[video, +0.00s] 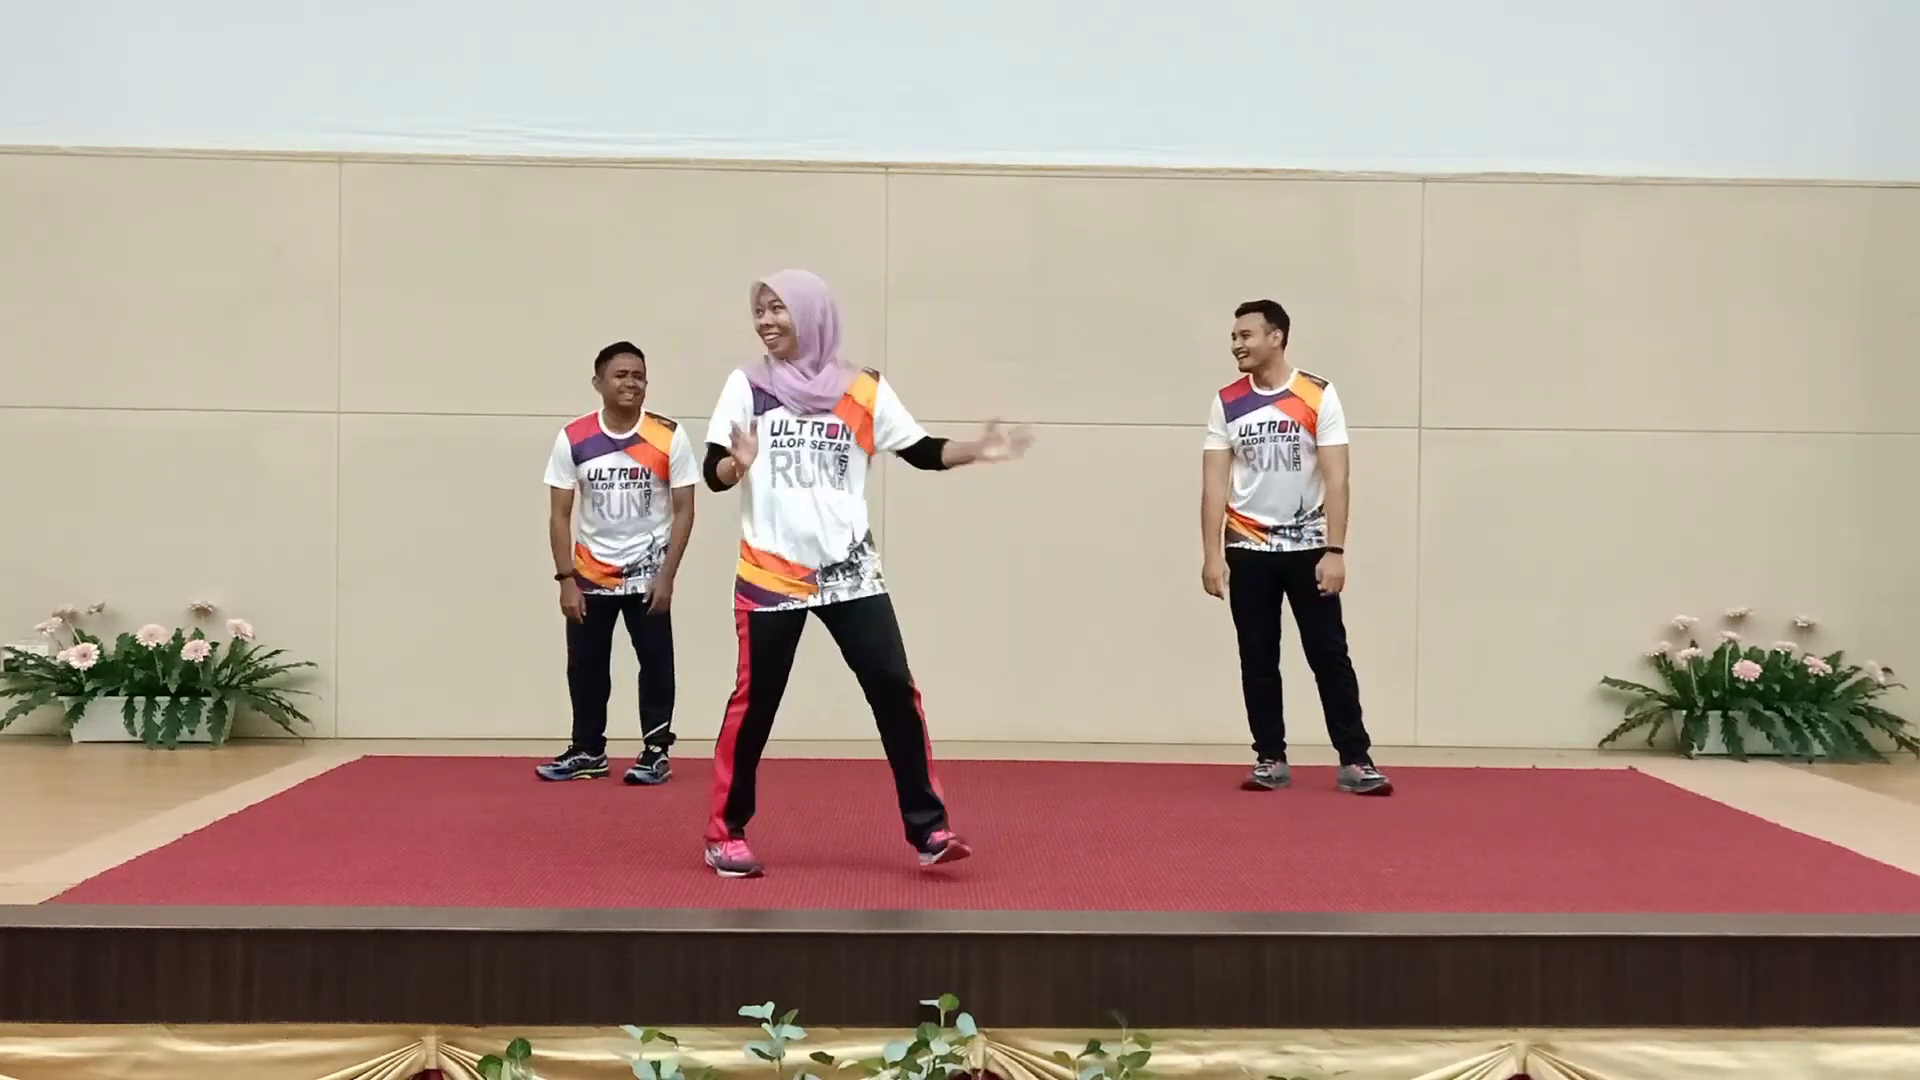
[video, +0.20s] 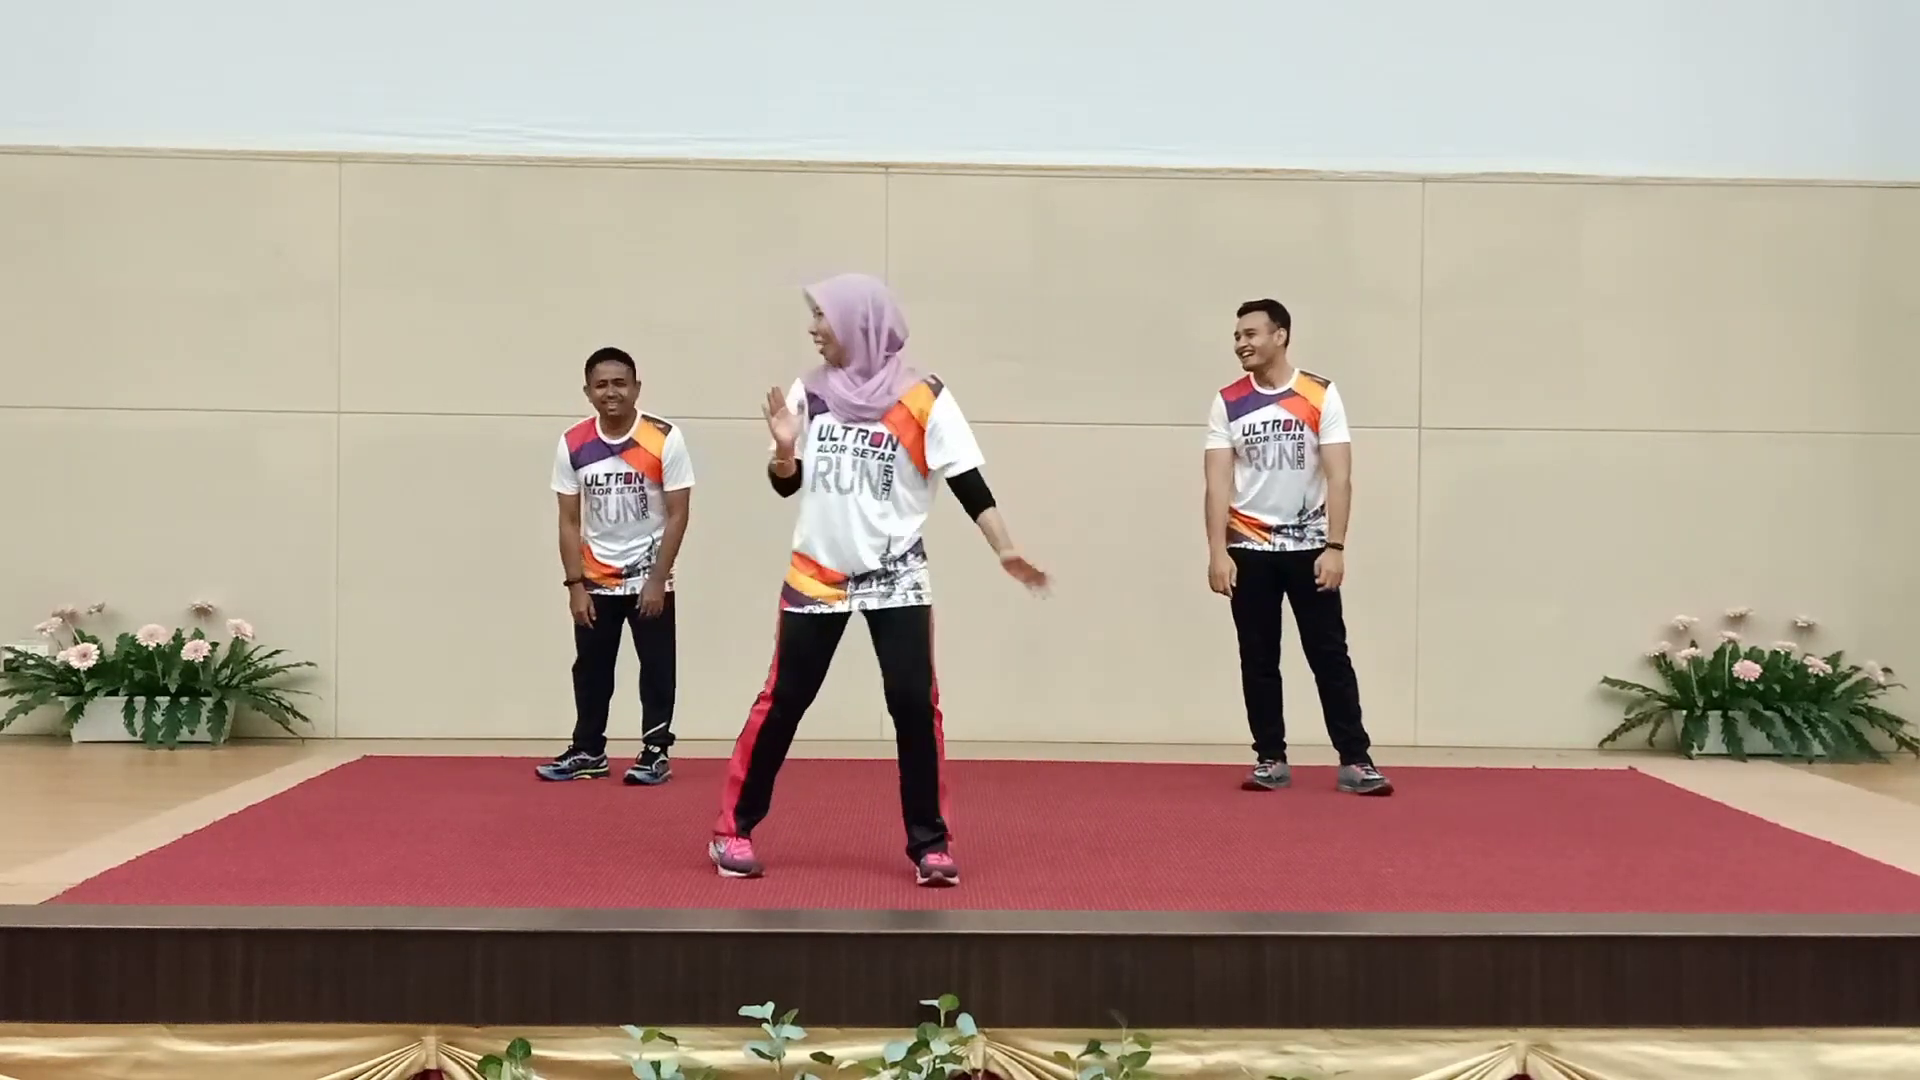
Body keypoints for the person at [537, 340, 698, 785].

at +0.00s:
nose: (631, 382)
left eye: (638, 375)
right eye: (621, 375)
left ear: (646, 382)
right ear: (599, 381)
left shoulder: (670, 438)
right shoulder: (573, 439)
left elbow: (684, 511)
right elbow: (559, 515)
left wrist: (666, 574)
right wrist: (566, 578)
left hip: (649, 573)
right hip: (591, 574)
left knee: (656, 665)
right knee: (585, 666)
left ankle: (656, 753)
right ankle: (588, 752)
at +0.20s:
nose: (610, 392)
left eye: (619, 383)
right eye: (601, 385)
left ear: (636, 387)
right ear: (589, 391)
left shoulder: (665, 439)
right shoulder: (572, 445)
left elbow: (678, 515)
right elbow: (569, 521)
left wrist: (658, 577)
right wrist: (575, 583)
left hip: (651, 580)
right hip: (597, 582)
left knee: (657, 671)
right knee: (591, 671)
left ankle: (655, 754)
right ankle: (588, 752)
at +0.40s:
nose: (583, 390)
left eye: (590, 382)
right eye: (582, 381)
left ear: (622, 384)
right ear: (607, 384)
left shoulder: (667, 435)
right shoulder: (584, 436)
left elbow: (690, 506)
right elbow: (563, 506)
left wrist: (669, 572)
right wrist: (538, 563)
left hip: (654, 581)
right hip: (600, 579)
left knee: (661, 673)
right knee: (595, 670)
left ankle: (655, 754)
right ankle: (589, 752)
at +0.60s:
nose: (588, 386)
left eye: (594, 378)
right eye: (588, 377)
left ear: (623, 379)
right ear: (615, 379)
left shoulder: (670, 428)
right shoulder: (588, 429)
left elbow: (699, 498)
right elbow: (528, 458)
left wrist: (691, 568)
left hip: (658, 576)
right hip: (605, 575)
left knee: (662, 672)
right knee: (596, 668)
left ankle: (656, 755)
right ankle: (589, 752)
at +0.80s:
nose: (597, 380)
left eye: (604, 372)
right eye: (597, 372)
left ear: (634, 375)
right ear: (620, 376)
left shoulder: (675, 428)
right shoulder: (593, 423)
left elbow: (701, 498)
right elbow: (529, 428)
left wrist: (694, 567)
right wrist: (463, 422)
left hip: (656, 576)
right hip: (602, 574)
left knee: (661, 672)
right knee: (594, 667)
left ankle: (656, 754)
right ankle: (589, 753)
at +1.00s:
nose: (627, 374)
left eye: (637, 366)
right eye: (619, 366)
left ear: (657, 374)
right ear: (610, 374)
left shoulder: (678, 427)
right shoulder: (593, 425)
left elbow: (700, 499)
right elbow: (530, 445)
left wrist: (685, 564)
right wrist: (464, 451)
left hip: (656, 574)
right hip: (601, 572)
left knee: (661, 670)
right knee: (593, 666)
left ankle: (656, 755)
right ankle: (589, 752)